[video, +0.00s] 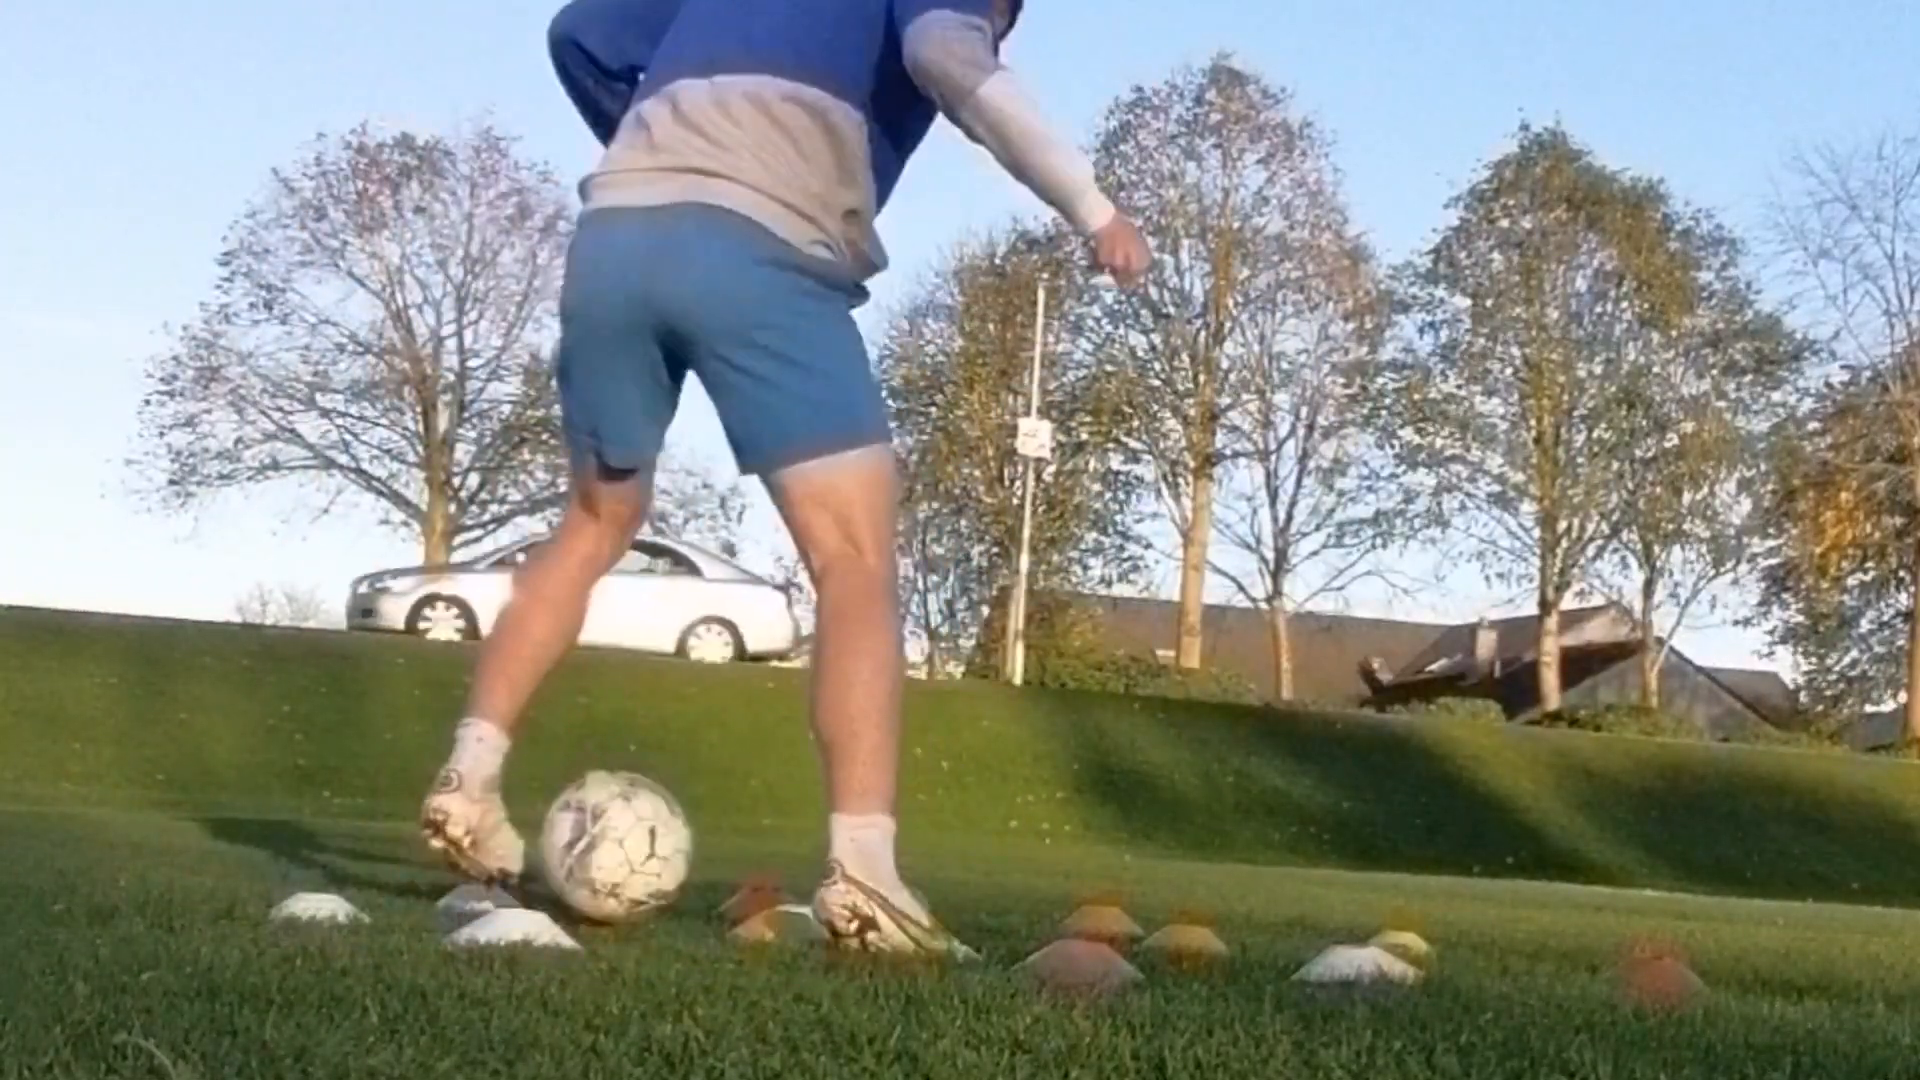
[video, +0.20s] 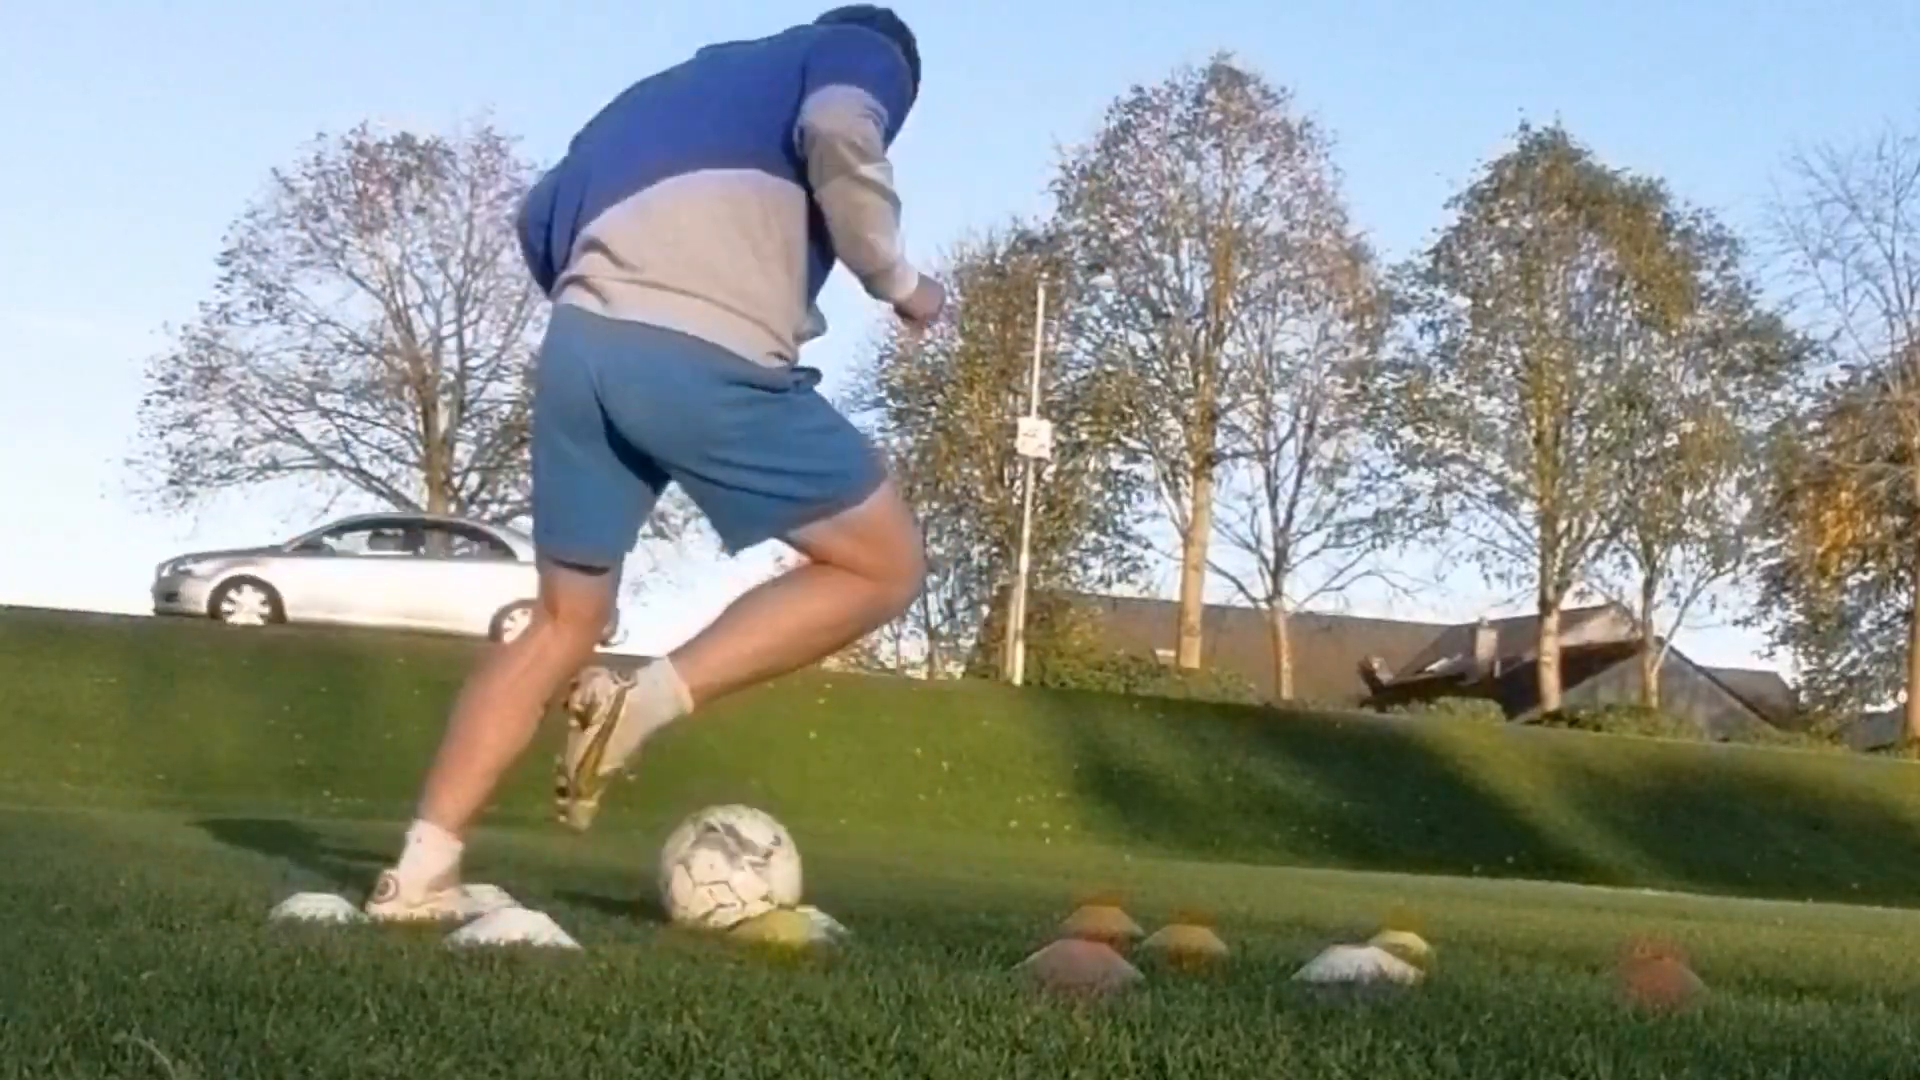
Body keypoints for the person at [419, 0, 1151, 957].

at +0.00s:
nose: (1002, 39)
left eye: (1008, 27)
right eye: (1004, 21)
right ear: (978, 6)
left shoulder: (719, 8)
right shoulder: (935, 5)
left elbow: (578, 34)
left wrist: (662, 155)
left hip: (611, 240)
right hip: (760, 252)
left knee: (594, 513)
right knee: (852, 557)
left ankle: (466, 782)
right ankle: (865, 875)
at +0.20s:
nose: (889, 105)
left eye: (894, 95)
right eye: (894, 87)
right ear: (877, 54)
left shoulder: (660, 91)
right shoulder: (855, 43)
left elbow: (538, 213)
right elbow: (834, 132)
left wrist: (606, 307)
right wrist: (897, 281)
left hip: (575, 354)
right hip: (708, 365)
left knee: (563, 620)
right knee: (881, 568)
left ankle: (419, 872)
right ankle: (645, 699)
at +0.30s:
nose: (925, 55)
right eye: (921, 39)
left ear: (809, 16)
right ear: (889, 23)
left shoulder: (698, 68)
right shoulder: (876, 21)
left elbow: (566, 154)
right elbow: (901, 72)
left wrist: (595, 320)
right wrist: (992, 193)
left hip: (613, 327)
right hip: (737, 334)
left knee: (576, 601)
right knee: (852, 598)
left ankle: (424, 861)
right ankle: (676, 839)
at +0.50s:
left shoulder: (772, 5)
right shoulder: (970, 5)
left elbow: (677, 89)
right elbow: (991, 121)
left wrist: (766, 172)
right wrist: (1066, 256)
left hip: (723, 284)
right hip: (852, 281)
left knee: (710, 585)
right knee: (994, 532)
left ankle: (645, 859)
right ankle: (911, 776)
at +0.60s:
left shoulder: (841, 16)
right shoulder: (1029, 4)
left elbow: (768, 128)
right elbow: (1027, 98)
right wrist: (1092, 227)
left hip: (792, 296)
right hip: (922, 289)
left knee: (750, 574)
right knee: (1055, 534)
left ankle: (652, 821)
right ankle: (994, 792)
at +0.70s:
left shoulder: (901, 33)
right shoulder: (1090, 6)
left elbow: (805, 164)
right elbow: (1094, 89)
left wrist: (910, 233)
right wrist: (1148, 230)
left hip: (879, 333)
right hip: (1007, 331)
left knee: (860, 562)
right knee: (1034, 607)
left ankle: (737, 766)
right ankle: (912, 871)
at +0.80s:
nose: (1173, 32)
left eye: (1175, 22)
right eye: (1172, 19)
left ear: (1041, 3)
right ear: (1139, 5)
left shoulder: (953, 57)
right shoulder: (1154, 44)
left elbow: (867, 157)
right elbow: (1208, 169)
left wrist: (925, 292)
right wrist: (1249, 276)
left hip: (942, 347)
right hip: (1059, 348)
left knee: (960, 595)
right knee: (1029, 620)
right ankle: (905, 877)